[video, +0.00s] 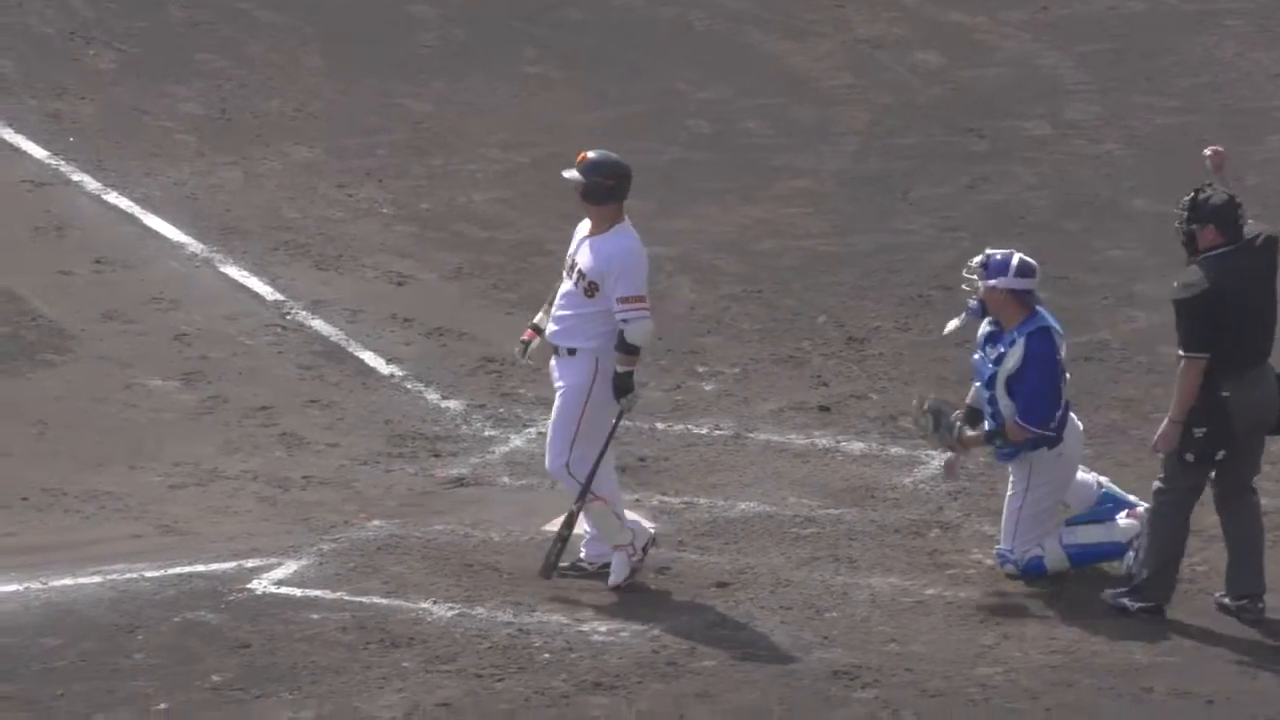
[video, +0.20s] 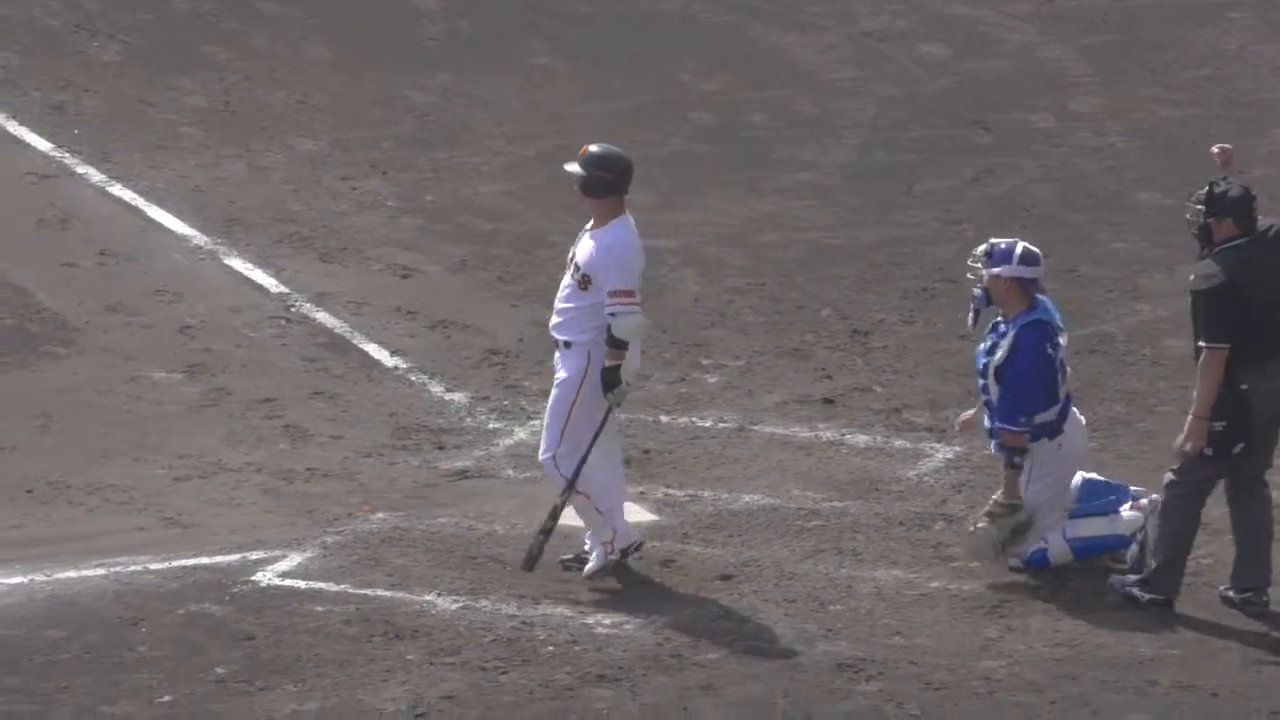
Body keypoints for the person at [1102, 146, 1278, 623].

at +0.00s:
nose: (1187, 234)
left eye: (1192, 227)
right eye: (1189, 226)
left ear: (1208, 233)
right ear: (1230, 229)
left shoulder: (1198, 286)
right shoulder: (1265, 253)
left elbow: (1194, 364)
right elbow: (1237, 221)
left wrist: (1173, 421)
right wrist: (1222, 177)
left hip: (1212, 400)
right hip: (1258, 389)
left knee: (1174, 494)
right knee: (1238, 489)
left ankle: (1150, 592)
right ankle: (1248, 593)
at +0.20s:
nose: (1201, 227)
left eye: (1205, 221)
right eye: (1204, 219)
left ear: (1222, 224)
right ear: (1246, 218)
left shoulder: (1216, 270)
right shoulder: (1270, 245)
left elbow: (1216, 351)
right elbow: (1246, 219)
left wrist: (1198, 419)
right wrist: (1230, 174)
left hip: (1235, 393)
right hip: (1272, 386)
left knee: (1185, 485)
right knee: (1249, 481)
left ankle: (1159, 583)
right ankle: (1253, 586)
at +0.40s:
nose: (1209, 220)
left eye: (1215, 213)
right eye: (1210, 212)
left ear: (1234, 218)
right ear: (1254, 215)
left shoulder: (1227, 266)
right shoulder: (1272, 248)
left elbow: (1227, 346)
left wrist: (1216, 411)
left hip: (1240, 396)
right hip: (1272, 393)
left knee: (1192, 482)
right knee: (1256, 480)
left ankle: (1219, 582)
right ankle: (1257, 583)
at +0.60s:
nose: (1207, 219)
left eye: (1211, 211)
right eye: (1208, 211)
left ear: (1229, 216)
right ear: (1253, 213)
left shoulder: (1223, 260)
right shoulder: (1272, 244)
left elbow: (1223, 340)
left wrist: (1209, 405)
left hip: (1244, 384)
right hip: (1269, 381)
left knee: (1225, 484)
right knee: (1259, 477)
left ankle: (1244, 585)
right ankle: (1260, 572)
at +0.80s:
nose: (1185, 218)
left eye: (1190, 211)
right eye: (1186, 210)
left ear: (1209, 215)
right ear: (1233, 211)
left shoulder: (1207, 263)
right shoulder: (1268, 241)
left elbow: (1213, 339)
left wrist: (1198, 402)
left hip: (1240, 382)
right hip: (1272, 376)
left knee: (1222, 476)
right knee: (1233, 471)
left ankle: (1231, 583)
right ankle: (1236, 574)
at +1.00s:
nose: (1177, 216)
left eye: (1182, 208)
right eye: (1178, 208)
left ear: (1203, 213)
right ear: (1222, 209)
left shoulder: (1207, 258)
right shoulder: (1256, 239)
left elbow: (1218, 334)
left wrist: (1196, 396)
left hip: (1222, 382)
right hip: (1251, 376)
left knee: (1213, 483)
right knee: (1225, 477)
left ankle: (1221, 580)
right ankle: (1244, 572)